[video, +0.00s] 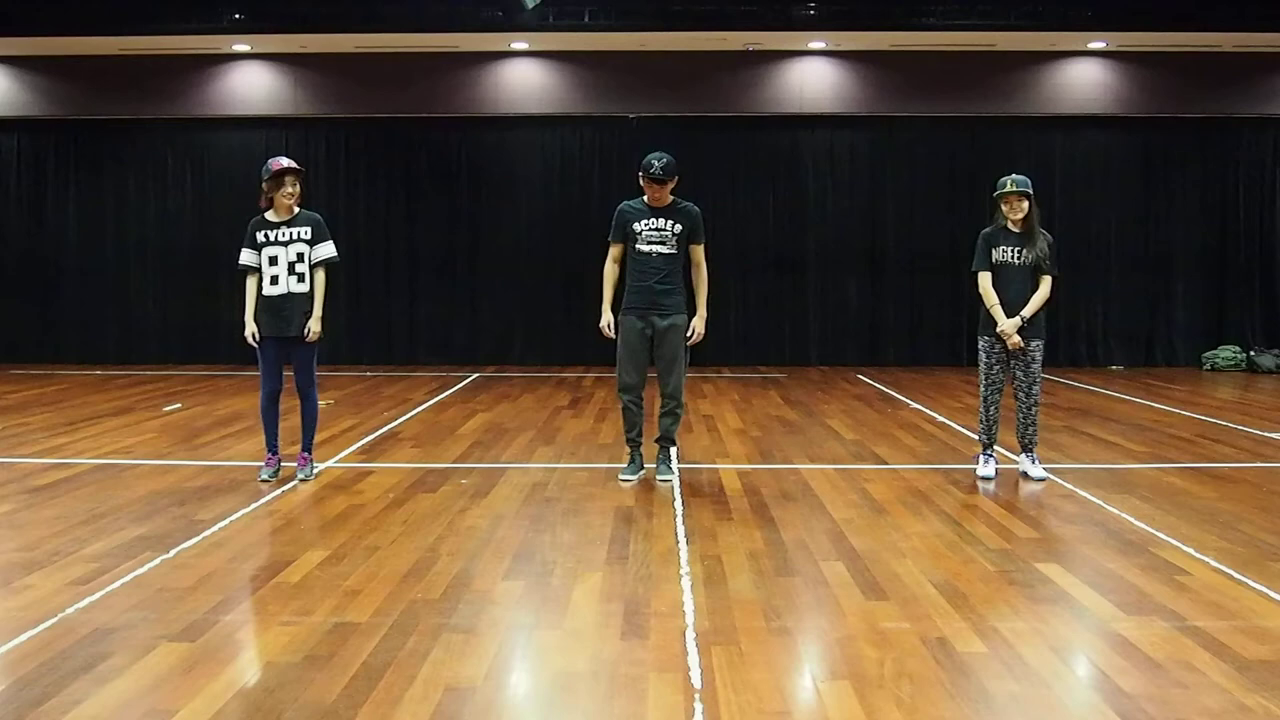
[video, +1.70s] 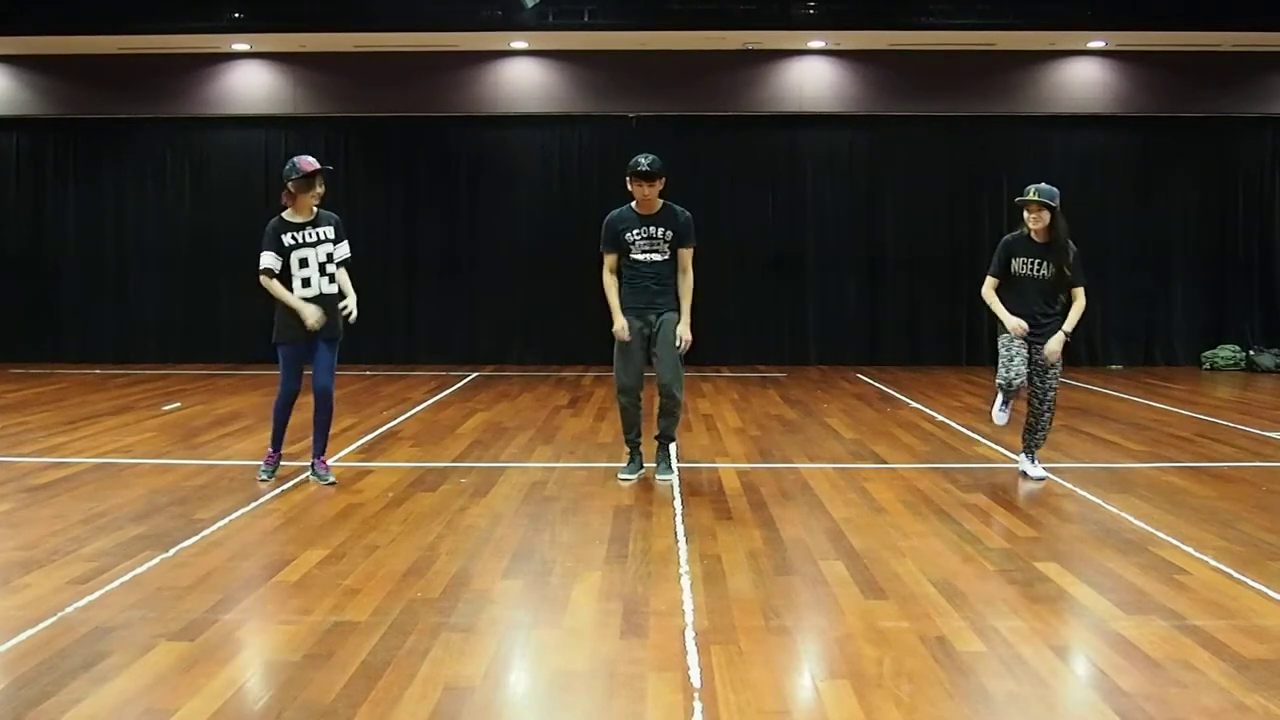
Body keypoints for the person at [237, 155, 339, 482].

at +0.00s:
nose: (291, 190)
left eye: (295, 184)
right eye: (284, 185)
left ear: (299, 187)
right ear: (270, 189)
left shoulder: (312, 222)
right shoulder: (257, 226)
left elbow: (319, 271)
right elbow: (252, 275)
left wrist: (317, 316)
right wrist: (249, 319)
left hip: (302, 322)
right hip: (268, 323)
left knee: (306, 389)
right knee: (270, 390)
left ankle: (306, 455)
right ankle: (272, 455)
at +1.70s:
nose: (318, 191)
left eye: (320, 184)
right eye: (310, 186)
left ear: (322, 186)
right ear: (291, 190)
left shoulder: (330, 222)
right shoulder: (277, 228)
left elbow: (339, 266)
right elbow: (266, 277)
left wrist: (350, 294)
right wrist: (301, 305)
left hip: (329, 317)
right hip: (292, 319)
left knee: (324, 388)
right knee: (290, 388)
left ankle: (319, 459)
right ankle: (274, 454)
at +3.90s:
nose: (574, 175)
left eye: (573, 169)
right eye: (566, 172)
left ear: (572, 175)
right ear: (548, 182)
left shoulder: (581, 214)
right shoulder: (541, 220)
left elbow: (622, 240)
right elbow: (572, 240)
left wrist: (612, 200)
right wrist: (581, 197)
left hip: (583, 320)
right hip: (563, 322)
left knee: (559, 402)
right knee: (594, 397)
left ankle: (533, 477)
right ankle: (598, 484)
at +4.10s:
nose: (606, 182)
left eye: (605, 176)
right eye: (597, 178)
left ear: (604, 179)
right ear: (579, 183)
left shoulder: (604, 222)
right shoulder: (572, 223)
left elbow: (635, 262)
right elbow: (606, 251)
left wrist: (641, 223)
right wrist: (613, 208)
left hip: (621, 322)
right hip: (598, 324)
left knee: (633, 401)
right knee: (608, 402)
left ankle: (574, 453)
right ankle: (601, 485)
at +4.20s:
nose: (619, 180)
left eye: (618, 173)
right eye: (611, 175)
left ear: (615, 177)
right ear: (593, 181)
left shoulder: (617, 217)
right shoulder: (587, 219)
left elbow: (655, 251)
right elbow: (627, 243)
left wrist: (658, 214)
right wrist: (629, 205)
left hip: (634, 323)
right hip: (609, 326)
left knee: (663, 394)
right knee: (609, 406)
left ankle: (620, 459)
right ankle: (600, 484)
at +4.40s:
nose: (646, 179)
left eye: (645, 173)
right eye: (638, 176)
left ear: (643, 179)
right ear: (620, 184)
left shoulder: (653, 219)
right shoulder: (612, 222)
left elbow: (690, 251)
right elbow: (652, 245)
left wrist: (685, 209)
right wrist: (657, 201)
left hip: (667, 323)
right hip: (632, 326)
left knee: (677, 403)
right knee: (631, 408)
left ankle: (680, 480)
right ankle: (603, 483)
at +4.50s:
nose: (654, 184)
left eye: (657, 178)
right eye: (645, 179)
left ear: (662, 181)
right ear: (628, 185)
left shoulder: (670, 218)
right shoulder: (617, 222)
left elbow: (693, 264)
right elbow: (641, 253)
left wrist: (695, 220)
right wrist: (660, 211)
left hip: (679, 321)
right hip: (644, 324)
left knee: (683, 405)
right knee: (654, 404)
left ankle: (681, 479)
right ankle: (615, 475)